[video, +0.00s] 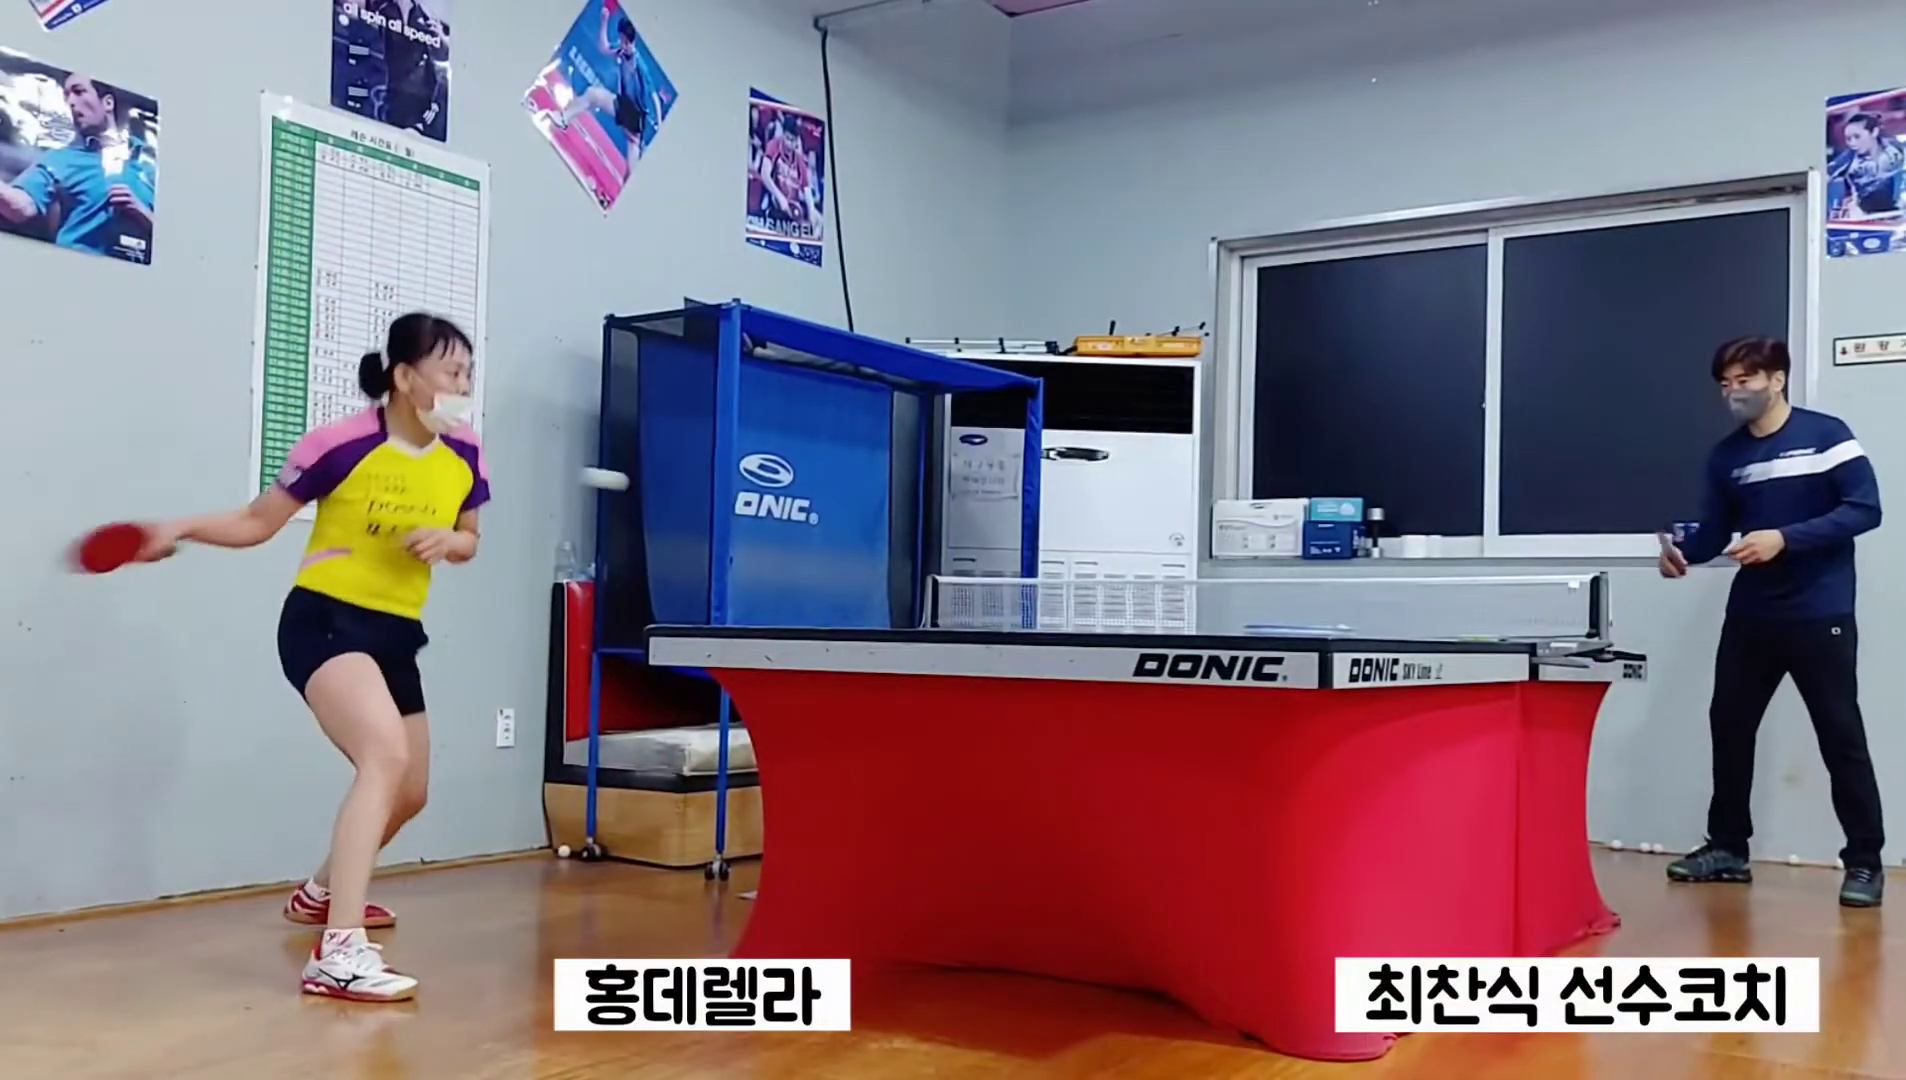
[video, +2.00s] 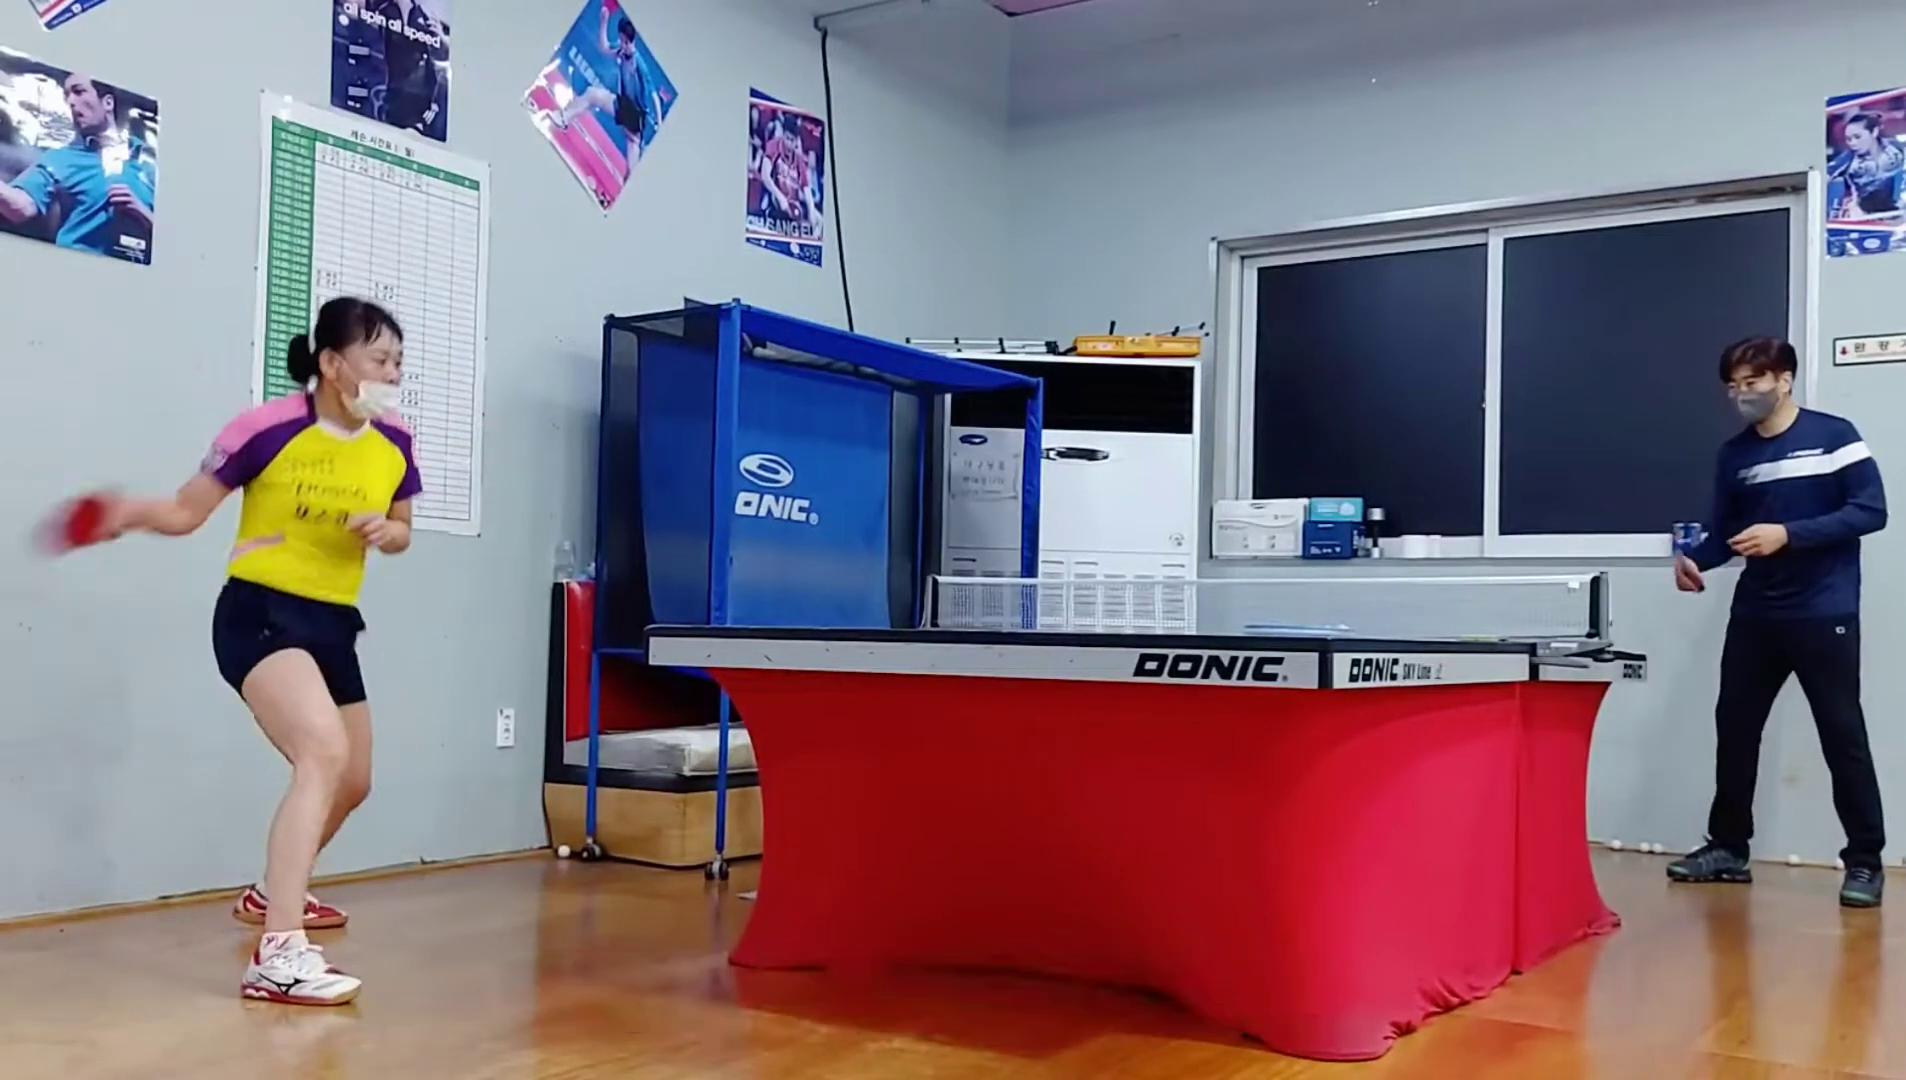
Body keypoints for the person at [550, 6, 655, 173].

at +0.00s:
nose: (622, 42)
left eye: (624, 39)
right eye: (622, 39)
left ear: (628, 40)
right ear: (622, 38)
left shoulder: (631, 55)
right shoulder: (624, 52)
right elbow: (604, 49)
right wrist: (604, 22)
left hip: (629, 108)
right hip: (637, 115)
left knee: (593, 94)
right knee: (632, 162)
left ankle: (563, 118)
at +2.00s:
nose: (621, 41)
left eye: (623, 38)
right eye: (621, 37)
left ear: (626, 39)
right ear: (621, 38)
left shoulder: (631, 56)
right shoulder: (622, 53)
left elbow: (630, 54)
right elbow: (604, 50)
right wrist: (604, 22)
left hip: (628, 108)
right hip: (637, 114)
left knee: (592, 94)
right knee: (633, 143)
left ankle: (563, 118)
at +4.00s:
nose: (622, 41)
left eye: (624, 39)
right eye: (621, 38)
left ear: (627, 39)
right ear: (621, 38)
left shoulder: (630, 55)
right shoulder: (621, 53)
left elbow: (631, 54)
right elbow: (604, 49)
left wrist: (628, 49)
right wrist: (604, 22)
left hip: (628, 107)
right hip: (637, 114)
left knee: (592, 94)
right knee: (633, 143)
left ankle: (563, 117)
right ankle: (630, 176)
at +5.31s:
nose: (622, 43)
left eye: (624, 40)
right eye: (622, 40)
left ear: (628, 41)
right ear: (622, 40)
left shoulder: (632, 56)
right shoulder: (621, 54)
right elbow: (604, 49)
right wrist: (604, 22)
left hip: (628, 109)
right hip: (636, 115)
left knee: (593, 94)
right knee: (632, 164)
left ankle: (563, 118)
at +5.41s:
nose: (621, 42)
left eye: (623, 39)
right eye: (621, 38)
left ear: (627, 39)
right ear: (623, 38)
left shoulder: (629, 53)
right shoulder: (623, 52)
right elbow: (604, 49)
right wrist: (604, 22)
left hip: (628, 109)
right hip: (637, 116)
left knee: (593, 94)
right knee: (633, 163)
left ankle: (564, 118)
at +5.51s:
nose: (622, 43)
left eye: (624, 40)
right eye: (621, 39)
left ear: (628, 41)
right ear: (622, 39)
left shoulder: (631, 55)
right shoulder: (623, 52)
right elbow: (604, 50)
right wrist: (604, 22)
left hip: (628, 109)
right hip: (637, 115)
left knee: (593, 94)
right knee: (632, 163)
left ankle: (563, 118)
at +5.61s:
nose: (621, 42)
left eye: (623, 39)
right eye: (621, 39)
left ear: (627, 40)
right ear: (625, 39)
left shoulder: (631, 55)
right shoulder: (623, 52)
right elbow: (604, 50)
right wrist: (604, 22)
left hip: (628, 108)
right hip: (636, 115)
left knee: (593, 94)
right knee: (633, 159)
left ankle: (563, 117)